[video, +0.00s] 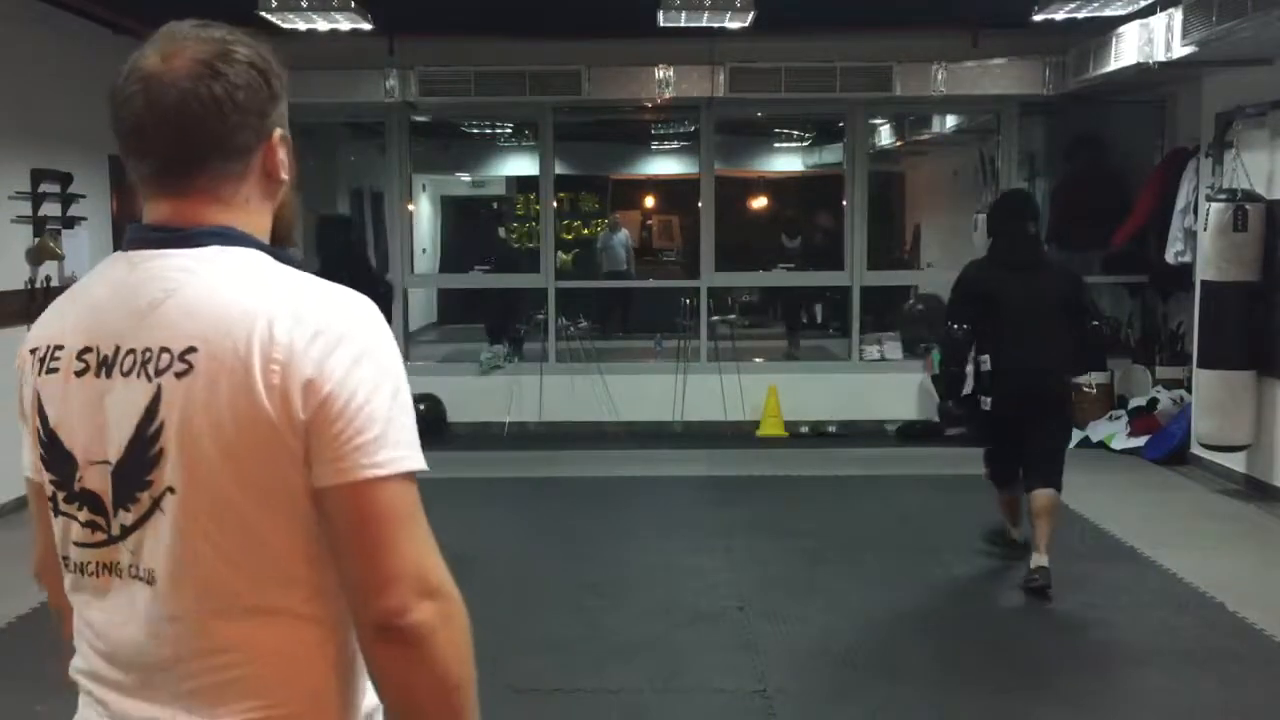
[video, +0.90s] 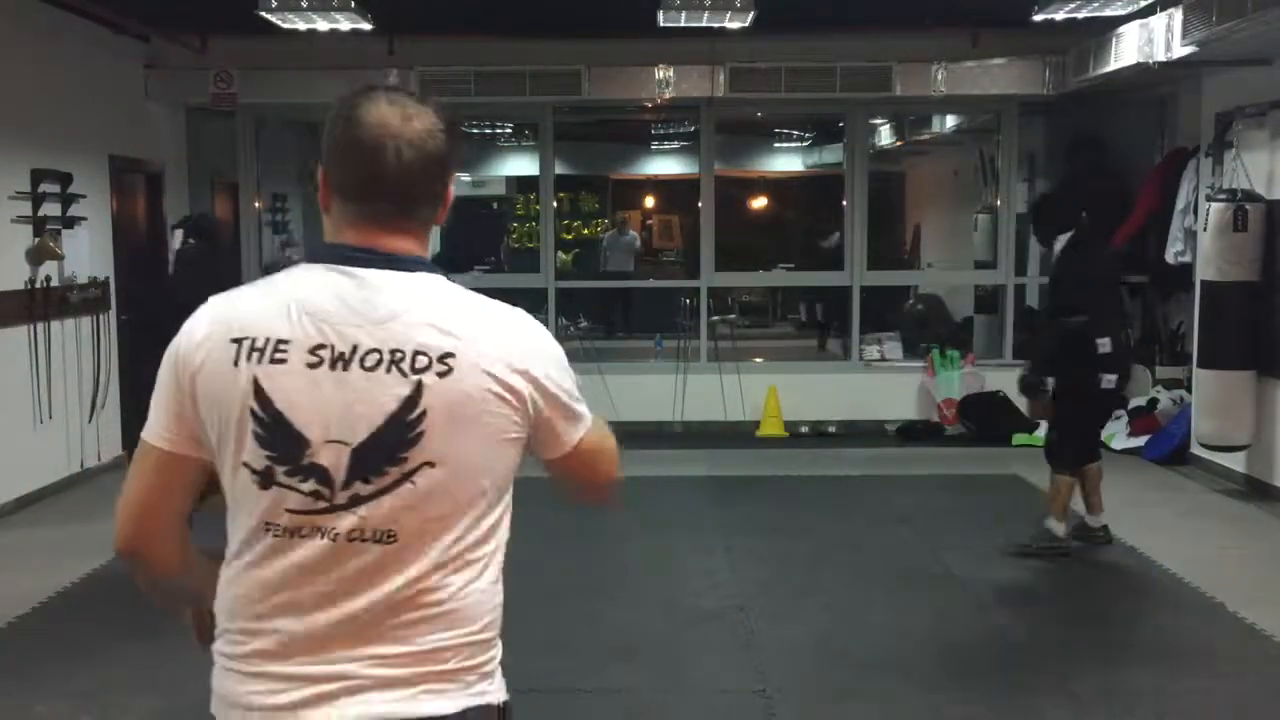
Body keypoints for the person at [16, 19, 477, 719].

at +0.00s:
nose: (294, 164)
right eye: (292, 144)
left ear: (132, 161)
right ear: (277, 157)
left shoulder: (53, 331)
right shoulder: (326, 327)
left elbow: (59, 576)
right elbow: (404, 612)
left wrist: (102, 686)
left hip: (108, 703)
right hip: (292, 706)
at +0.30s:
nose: (325, 165)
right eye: (326, 149)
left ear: (175, 153)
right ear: (317, 156)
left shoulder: (98, 309)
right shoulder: (349, 305)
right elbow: (409, 591)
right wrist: (469, 710)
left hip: (129, 700)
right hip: (313, 704)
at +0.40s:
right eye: (360, 147)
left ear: (205, 151)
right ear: (352, 158)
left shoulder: (124, 308)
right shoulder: (394, 310)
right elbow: (457, 587)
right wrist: (511, 696)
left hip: (153, 700)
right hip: (345, 704)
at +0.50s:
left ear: (242, 153)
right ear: (392, 167)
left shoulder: (145, 310)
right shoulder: (440, 326)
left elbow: (143, 530)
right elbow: (529, 586)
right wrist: (534, 654)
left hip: (176, 702)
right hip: (378, 705)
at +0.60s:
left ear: (279, 157)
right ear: (422, 172)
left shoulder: (169, 309)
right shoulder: (474, 336)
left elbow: (151, 534)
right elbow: (583, 570)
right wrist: (543, 594)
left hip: (200, 700)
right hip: (402, 701)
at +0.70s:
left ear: (304, 163)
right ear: (440, 177)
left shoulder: (188, 310)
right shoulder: (499, 334)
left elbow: (153, 532)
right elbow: (612, 549)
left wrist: (238, 609)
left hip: (227, 700)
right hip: (426, 702)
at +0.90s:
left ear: (320, 189)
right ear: (448, 200)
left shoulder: (217, 330)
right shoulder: (510, 340)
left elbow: (144, 535)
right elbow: (599, 477)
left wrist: (204, 592)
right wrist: (538, 396)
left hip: (262, 695)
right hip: (442, 693)